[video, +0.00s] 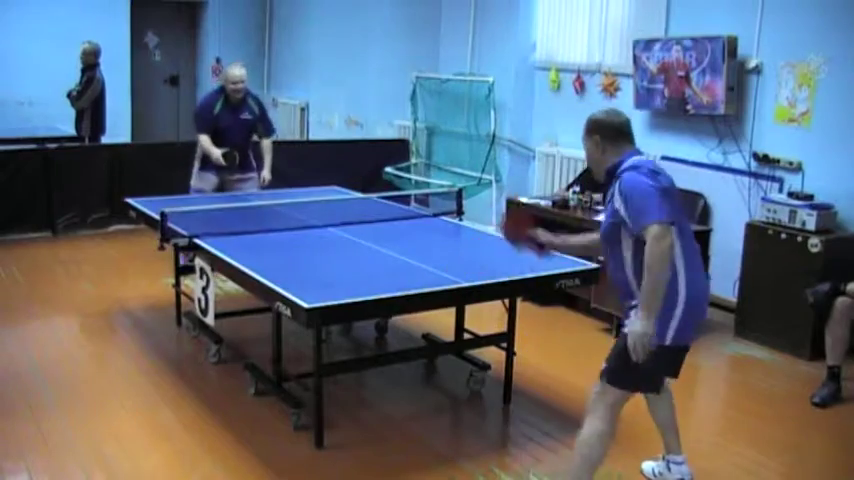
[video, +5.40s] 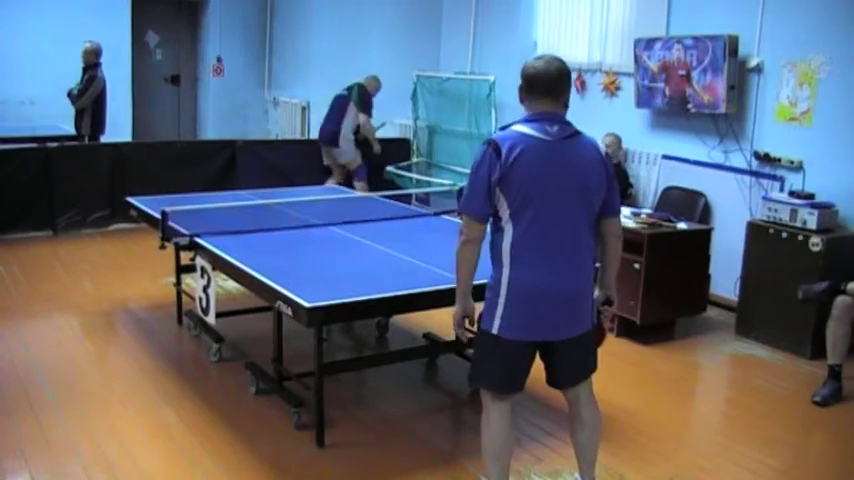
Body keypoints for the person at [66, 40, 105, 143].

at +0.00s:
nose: (82, 57)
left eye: (86, 54)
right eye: (82, 54)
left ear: (94, 56)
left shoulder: (94, 77)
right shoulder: (86, 74)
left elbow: (80, 103)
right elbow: (76, 89)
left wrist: (72, 94)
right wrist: (74, 94)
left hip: (91, 129)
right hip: (84, 128)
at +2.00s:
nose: (85, 57)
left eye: (89, 53)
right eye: (85, 53)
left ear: (97, 56)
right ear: (83, 54)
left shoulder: (96, 76)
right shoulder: (88, 73)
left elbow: (82, 102)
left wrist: (74, 92)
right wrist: (76, 93)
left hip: (93, 127)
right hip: (85, 126)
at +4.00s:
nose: (84, 56)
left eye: (88, 53)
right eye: (84, 52)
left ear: (95, 55)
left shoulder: (95, 76)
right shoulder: (88, 73)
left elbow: (81, 102)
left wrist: (73, 92)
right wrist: (75, 93)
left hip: (91, 128)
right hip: (85, 127)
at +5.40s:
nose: (83, 56)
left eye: (87, 53)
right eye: (83, 53)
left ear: (95, 56)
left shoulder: (95, 76)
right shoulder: (87, 73)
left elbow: (80, 102)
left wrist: (72, 92)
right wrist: (75, 93)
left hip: (91, 128)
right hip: (84, 127)